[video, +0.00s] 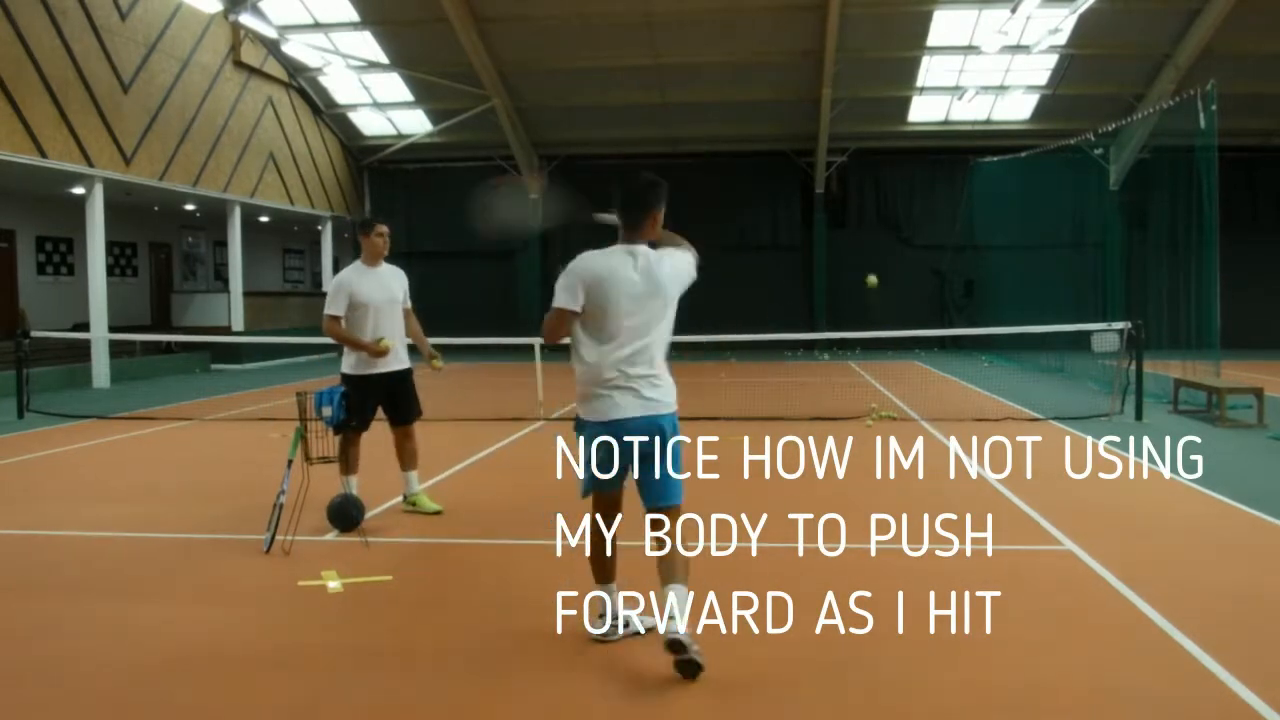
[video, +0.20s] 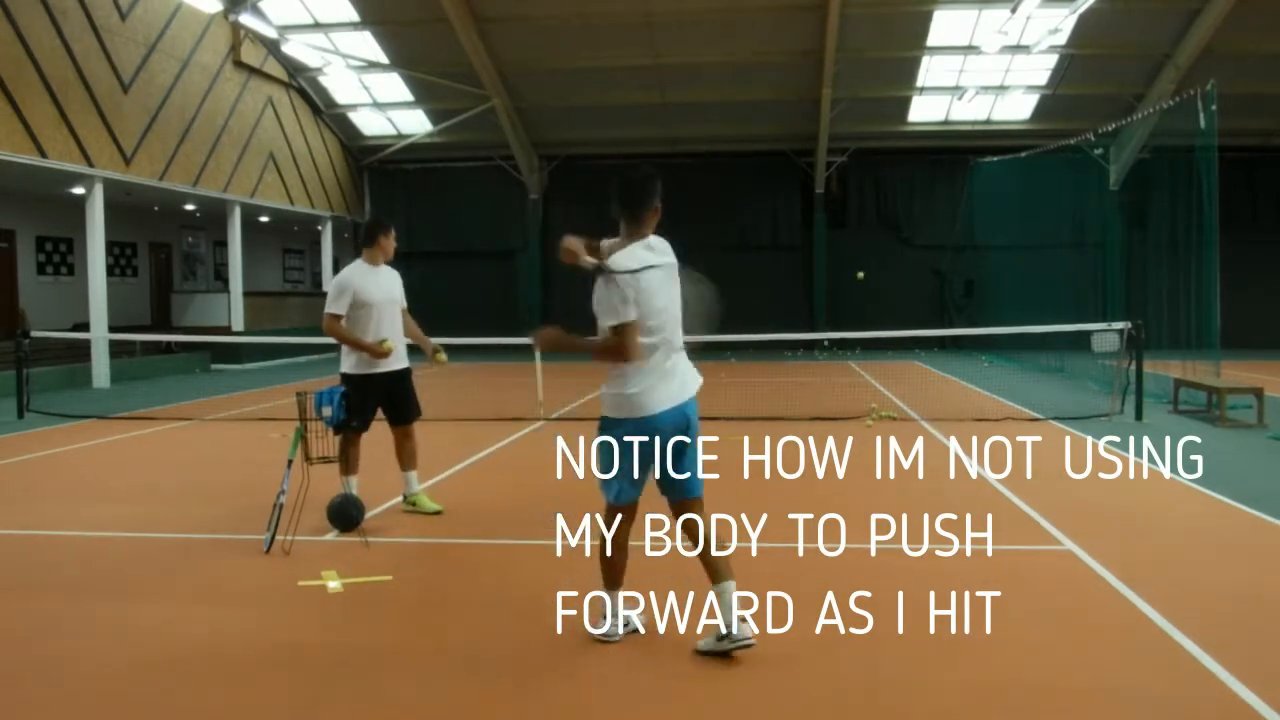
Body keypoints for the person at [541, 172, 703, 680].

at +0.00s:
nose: (664, 220)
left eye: (659, 212)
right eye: (663, 214)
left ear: (618, 217)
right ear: (656, 218)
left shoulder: (585, 266)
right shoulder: (670, 268)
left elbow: (553, 332)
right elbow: (687, 252)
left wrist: (582, 323)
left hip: (601, 420)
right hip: (657, 418)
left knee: (603, 513)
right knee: (667, 521)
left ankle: (606, 613)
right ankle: (674, 617)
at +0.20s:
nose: (657, 212)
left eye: (644, 206)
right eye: (659, 206)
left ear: (615, 208)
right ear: (656, 211)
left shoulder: (615, 270)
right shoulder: (665, 251)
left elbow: (623, 348)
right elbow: (622, 251)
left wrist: (565, 342)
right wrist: (584, 253)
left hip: (631, 416)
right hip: (680, 405)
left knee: (616, 516)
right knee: (690, 513)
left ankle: (611, 614)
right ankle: (733, 619)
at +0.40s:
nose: (639, 220)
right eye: (641, 213)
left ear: (600, 221)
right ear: (642, 218)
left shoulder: (624, 277)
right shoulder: (654, 264)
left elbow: (663, 351)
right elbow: (587, 332)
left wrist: (613, 412)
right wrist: (592, 304)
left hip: (642, 425)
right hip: (684, 415)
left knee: (592, 512)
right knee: (692, 522)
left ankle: (591, 619)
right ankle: (740, 627)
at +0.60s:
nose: (555, 225)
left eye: (557, 215)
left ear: (560, 216)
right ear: (608, 213)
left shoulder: (578, 275)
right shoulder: (626, 259)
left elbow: (615, 347)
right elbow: (630, 322)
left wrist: (603, 430)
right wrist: (567, 321)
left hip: (606, 425)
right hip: (658, 416)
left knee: (551, 526)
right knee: (683, 517)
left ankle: (569, 649)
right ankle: (736, 626)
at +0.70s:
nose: (570, 221)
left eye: (547, 213)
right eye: (587, 212)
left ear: (544, 219)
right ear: (592, 217)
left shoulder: (546, 278)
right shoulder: (612, 271)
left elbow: (567, 359)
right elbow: (601, 334)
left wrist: (555, 439)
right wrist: (536, 349)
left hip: (579, 437)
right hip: (634, 428)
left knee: (537, 548)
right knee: (669, 529)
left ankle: (569, 678)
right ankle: (731, 627)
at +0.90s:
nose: (562, 189)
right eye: (568, 180)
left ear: (524, 186)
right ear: (569, 187)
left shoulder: (503, 238)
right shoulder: (595, 250)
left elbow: (493, 319)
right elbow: (611, 336)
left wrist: (461, 396)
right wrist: (574, 368)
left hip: (527, 411)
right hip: (587, 407)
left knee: (522, 539)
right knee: (597, 524)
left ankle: (556, 670)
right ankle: (609, 655)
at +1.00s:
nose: (553, 194)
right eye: (558, 185)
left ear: (514, 190)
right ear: (558, 192)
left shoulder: (487, 244)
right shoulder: (584, 255)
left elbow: (466, 322)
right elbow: (610, 337)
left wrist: (429, 385)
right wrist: (573, 386)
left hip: (504, 422)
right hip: (568, 421)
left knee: (485, 541)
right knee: (567, 536)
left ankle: (508, 673)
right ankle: (575, 673)